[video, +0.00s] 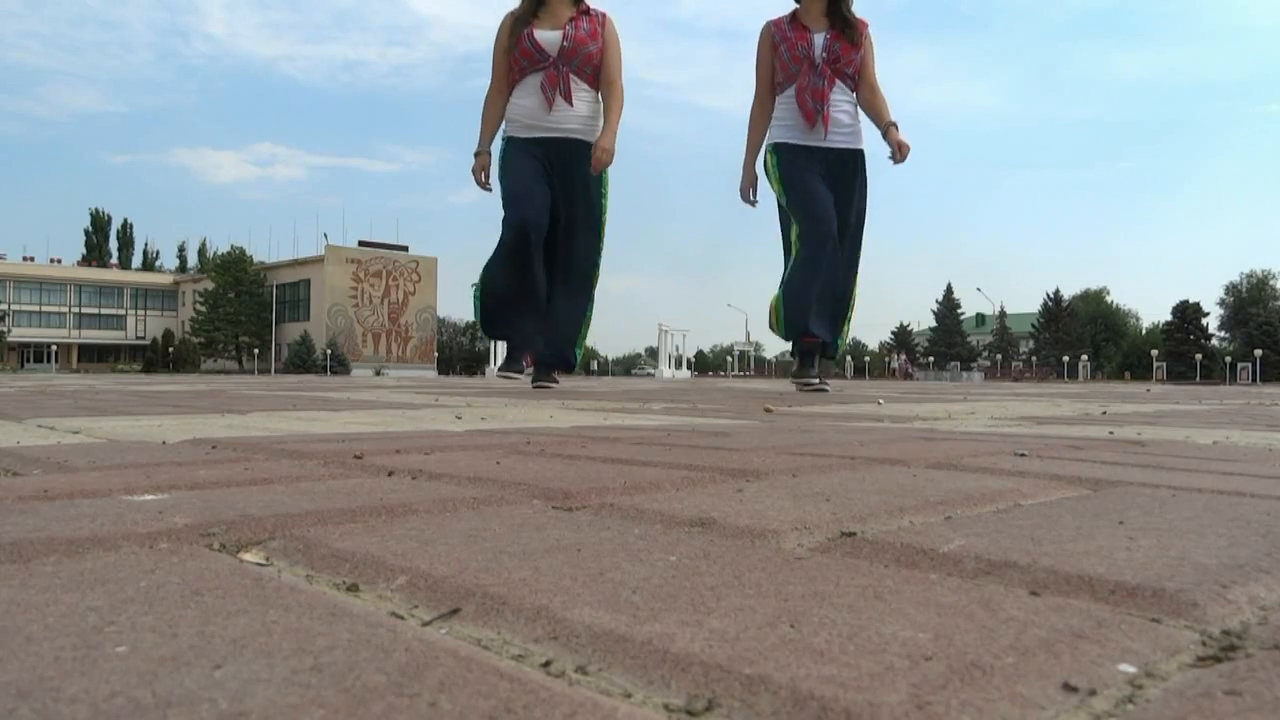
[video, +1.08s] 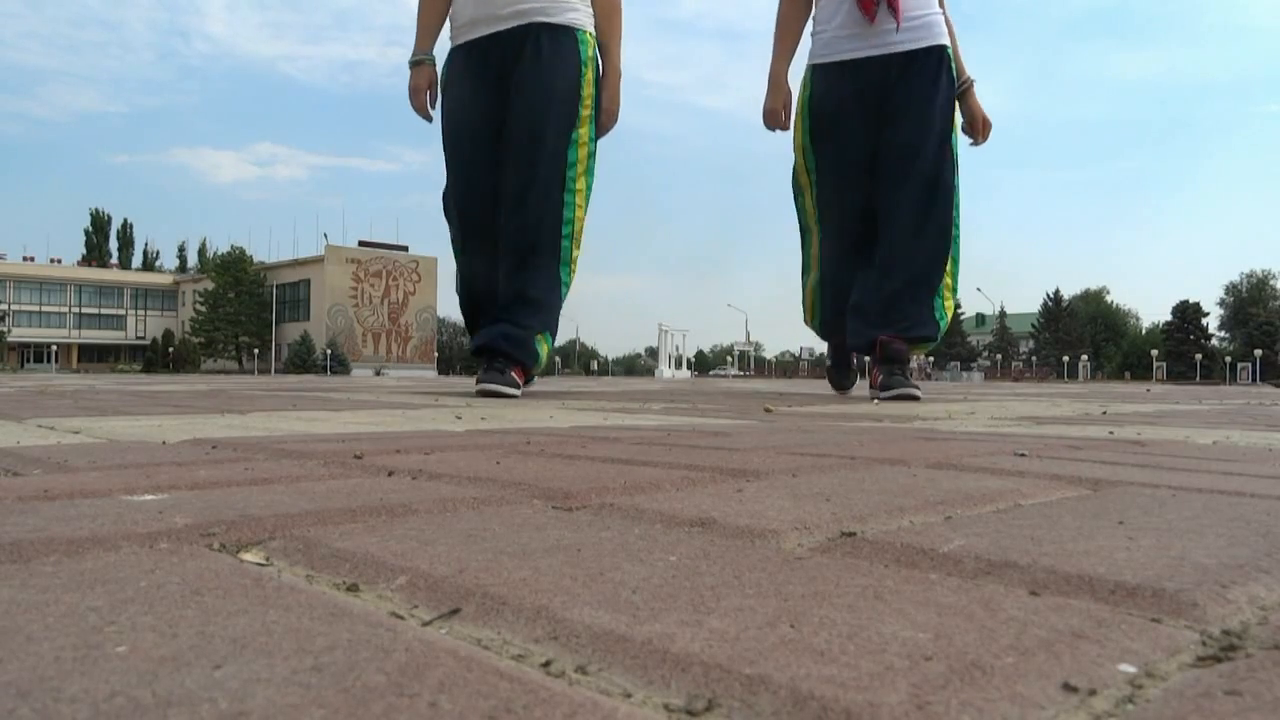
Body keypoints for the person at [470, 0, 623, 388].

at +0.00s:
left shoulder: (600, 22)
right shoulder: (514, 21)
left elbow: (612, 86)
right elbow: (499, 89)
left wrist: (609, 135)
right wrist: (484, 147)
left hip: (579, 150)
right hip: (523, 147)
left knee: (571, 251)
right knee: (526, 229)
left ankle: (549, 362)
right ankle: (518, 343)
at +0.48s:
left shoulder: (603, 2)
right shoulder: (489, 2)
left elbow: (615, 43)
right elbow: (479, 44)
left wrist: (623, 117)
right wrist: (463, 121)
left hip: (572, 112)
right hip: (504, 107)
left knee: (580, 235)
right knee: (515, 235)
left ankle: (568, 339)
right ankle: (536, 355)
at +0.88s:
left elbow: (602, 17)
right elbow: (456, 3)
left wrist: (607, 102)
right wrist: (447, 68)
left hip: (561, 68)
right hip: (485, 71)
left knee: (535, 206)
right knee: (493, 218)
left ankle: (516, 338)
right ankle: (540, 350)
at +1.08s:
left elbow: (604, 3)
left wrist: (611, 72)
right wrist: (422, 53)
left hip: (556, 30)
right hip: (471, 40)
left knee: (540, 195)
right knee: (470, 198)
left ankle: (514, 352)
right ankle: (493, 349)